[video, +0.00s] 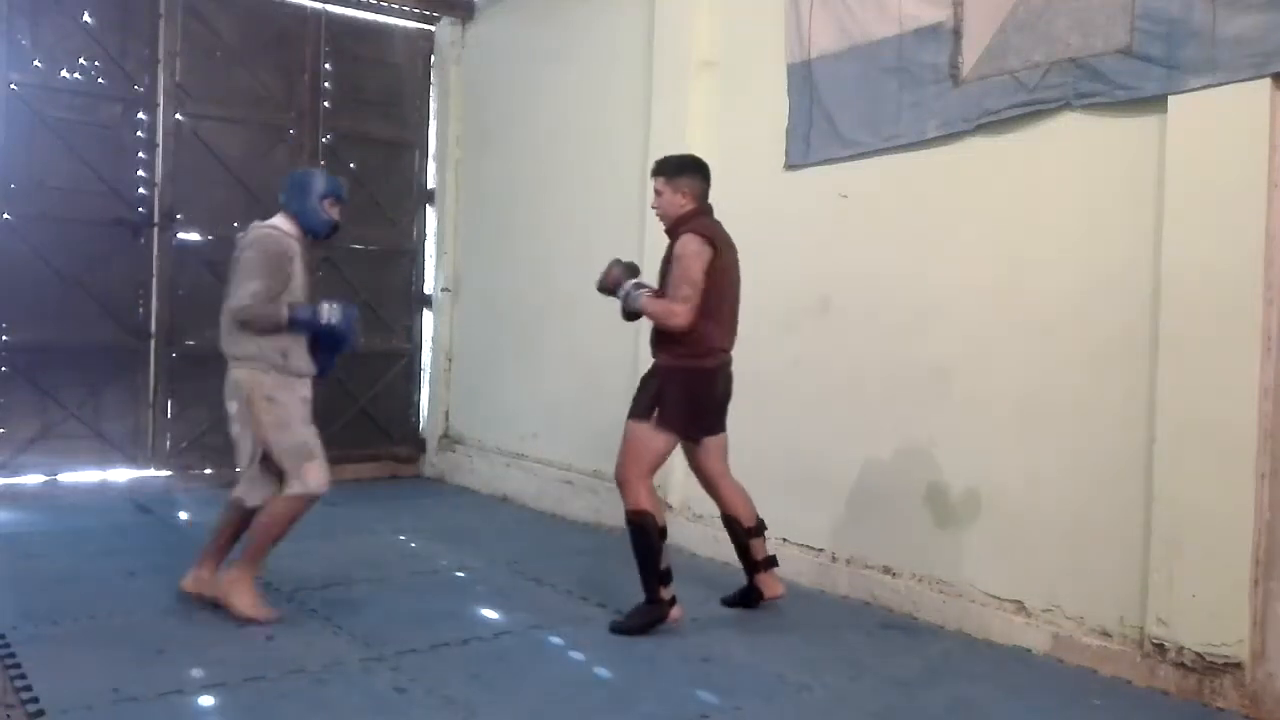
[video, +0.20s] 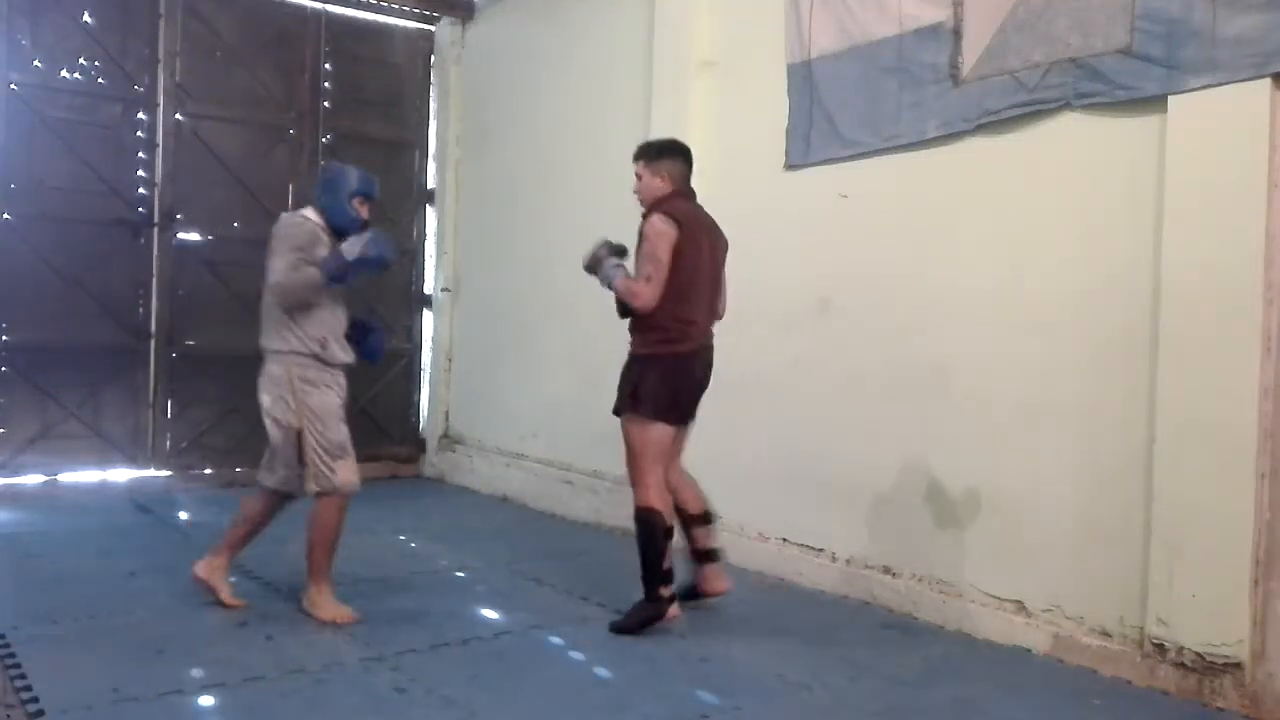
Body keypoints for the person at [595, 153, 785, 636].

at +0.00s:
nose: (654, 203)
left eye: (660, 193)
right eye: (655, 193)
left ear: (686, 195)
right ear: (693, 195)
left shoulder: (692, 240)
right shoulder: (714, 236)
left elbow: (678, 314)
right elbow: (690, 306)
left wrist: (631, 293)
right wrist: (642, 291)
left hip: (678, 377)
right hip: (709, 376)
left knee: (632, 476)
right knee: (716, 477)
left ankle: (660, 599)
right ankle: (765, 579)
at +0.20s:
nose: (635, 186)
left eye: (640, 177)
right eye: (636, 177)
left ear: (663, 178)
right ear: (678, 179)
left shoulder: (660, 220)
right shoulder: (709, 227)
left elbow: (644, 296)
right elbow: (716, 308)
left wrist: (608, 269)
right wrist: (644, 299)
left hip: (656, 362)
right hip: (693, 360)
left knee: (648, 478)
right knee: (669, 469)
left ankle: (658, 598)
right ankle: (709, 570)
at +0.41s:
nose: (635, 203)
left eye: (641, 195)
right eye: (636, 194)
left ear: (663, 196)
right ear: (678, 198)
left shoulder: (647, 243)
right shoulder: (709, 250)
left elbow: (577, 283)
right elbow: (718, 322)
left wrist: (545, 240)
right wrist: (668, 294)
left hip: (641, 381)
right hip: (676, 383)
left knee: (618, 488)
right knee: (622, 486)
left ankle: (668, 595)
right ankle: (619, 600)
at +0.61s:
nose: (658, 204)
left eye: (662, 196)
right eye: (659, 195)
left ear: (684, 195)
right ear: (702, 197)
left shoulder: (667, 234)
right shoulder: (730, 257)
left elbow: (604, 277)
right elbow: (710, 328)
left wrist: (522, 303)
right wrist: (651, 315)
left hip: (620, 354)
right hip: (664, 379)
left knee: (515, 358)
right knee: (624, 477)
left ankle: (491, 466)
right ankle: (621, 602)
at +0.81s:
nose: (666, 205)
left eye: (671, 197)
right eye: (668, 196)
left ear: (693, 202)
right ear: (708, 204)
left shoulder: (673, 239)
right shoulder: (734, 265)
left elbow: (641, 300)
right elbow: (713, 336)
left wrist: (597, 369)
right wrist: (660, 306)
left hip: (612, 344)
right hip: (652, 378)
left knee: (506, 332)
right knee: (615, 479)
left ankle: (404, 332)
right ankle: (618, 601)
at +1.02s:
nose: (679, 203)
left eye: (683, 195)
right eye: (681, 195)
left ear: (699, 197)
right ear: (726, 201)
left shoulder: (681, 233)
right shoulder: (748, 262)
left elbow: (649, 292)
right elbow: (745, 343)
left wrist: (581, 342)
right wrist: (689, 328)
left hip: (627, 363)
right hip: (674, 388)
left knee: (530, 390)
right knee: (635, 481)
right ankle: (621, 601)